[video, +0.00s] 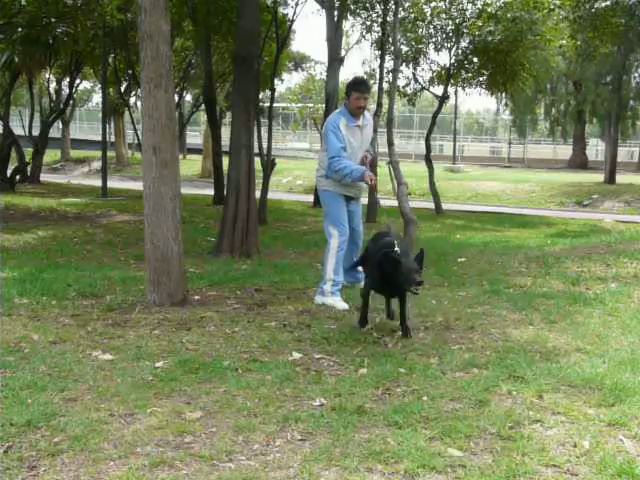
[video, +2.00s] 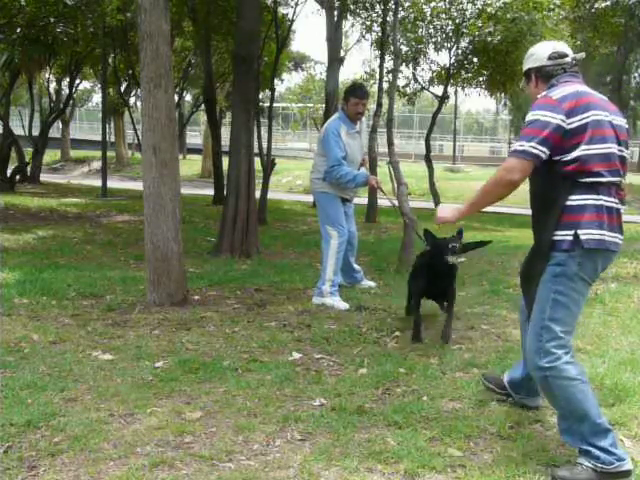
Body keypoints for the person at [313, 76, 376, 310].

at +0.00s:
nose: (362, 103)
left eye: (365, 99)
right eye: (357, 99)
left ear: (368, 100)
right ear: (347, 98)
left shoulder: (367, 120)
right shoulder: (334, 123)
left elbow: (364, 147)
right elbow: (335, 163)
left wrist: (367, 156)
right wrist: (361, 173)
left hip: (353, 186)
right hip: (332, 184)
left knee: (356, 234)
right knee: (339, 234)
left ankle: (351, 273)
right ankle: (328, 291)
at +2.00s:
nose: (360, 109)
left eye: (364, 105)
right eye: (356, 105)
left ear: (366, 105)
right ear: (344, 104)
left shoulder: (358, 126)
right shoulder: (333, 128)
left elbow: (351, 155)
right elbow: (335, 171)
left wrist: (360, 161)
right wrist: (364, 179)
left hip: (344, 189)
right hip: (326, 188)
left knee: (350, 234)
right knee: (337, 234)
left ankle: (351, 275)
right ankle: (326, 291)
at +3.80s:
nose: (364, 116)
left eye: (367, 112)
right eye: (359, 111)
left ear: (371, 111)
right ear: (348, 110)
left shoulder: (369, 129)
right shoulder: (334, 132)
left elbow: (370, 154)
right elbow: (331, 170)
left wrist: (366, 163)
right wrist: (353, 181)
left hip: (346, 191)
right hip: (324, 188)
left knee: (350, 233)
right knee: (334, 233)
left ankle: (350, 275)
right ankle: (327, 292)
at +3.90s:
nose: (362, 117)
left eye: (366, 112)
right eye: (358, 112)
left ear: (370, 112)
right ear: (347, 111)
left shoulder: (370, 130)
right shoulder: (333, 132)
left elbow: (372, 155)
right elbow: (328, 169)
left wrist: (366, 164)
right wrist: (350, 180)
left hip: (348, 192)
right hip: (325, 189)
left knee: (350, 234)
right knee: (334, 232)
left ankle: (349, 283)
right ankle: (328, 291)